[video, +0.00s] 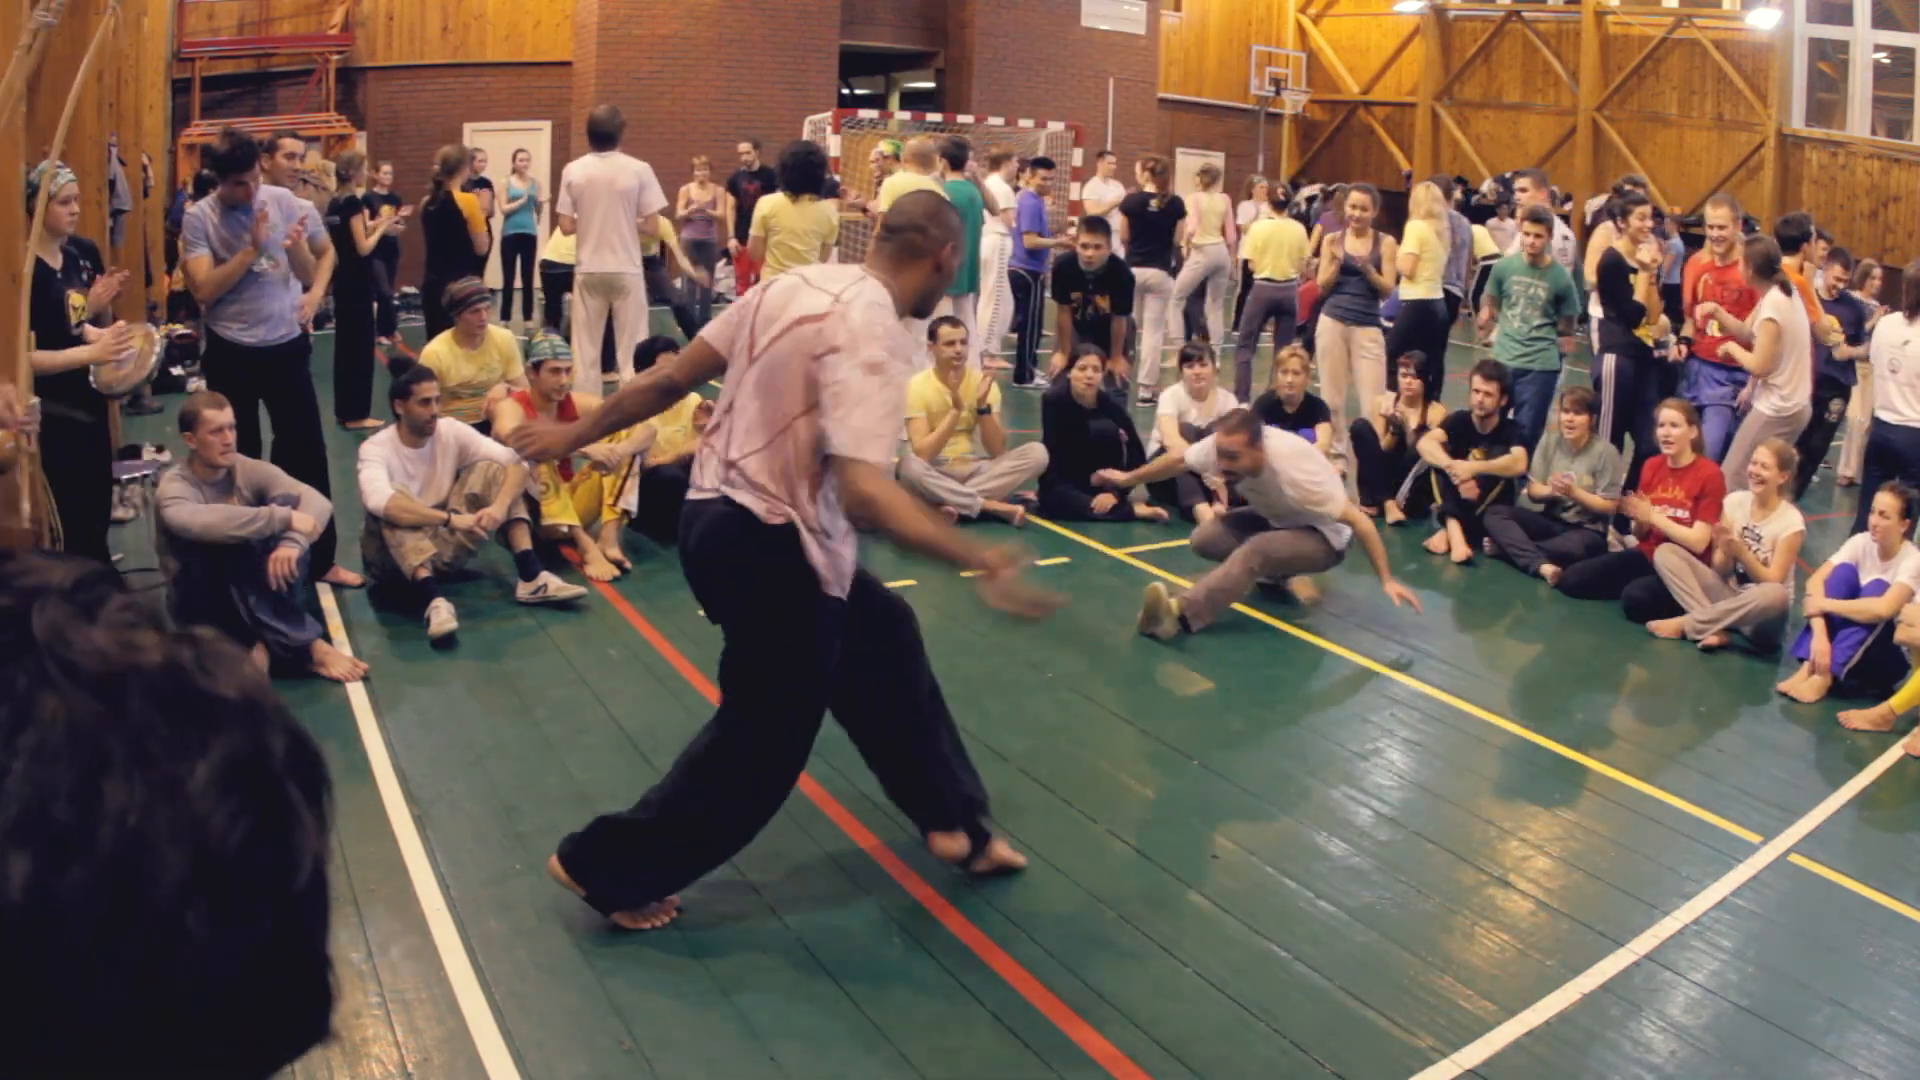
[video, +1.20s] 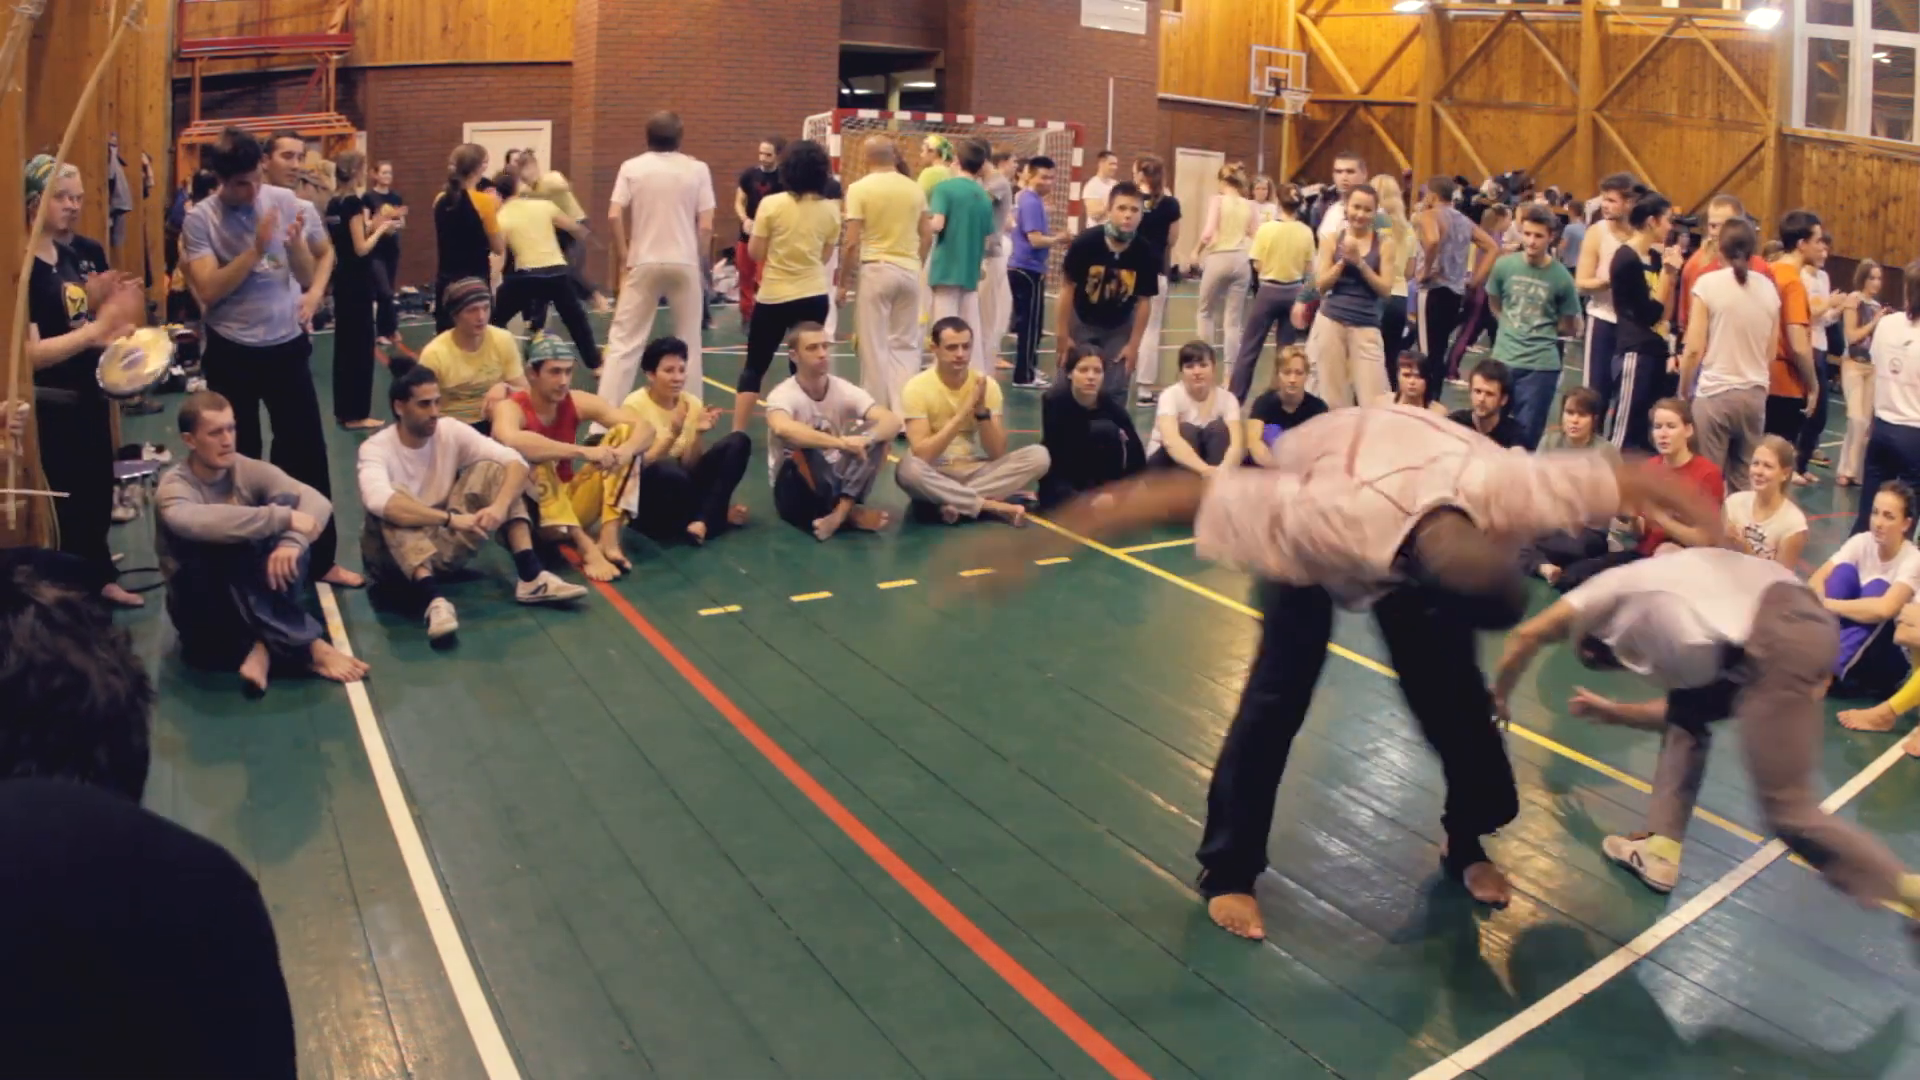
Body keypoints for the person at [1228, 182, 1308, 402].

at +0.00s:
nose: (1267, 205)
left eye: (1267, 202)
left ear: (1269, 204)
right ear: (1289, 204)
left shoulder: (1259, 227)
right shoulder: (1299, 229)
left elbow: (1249, 260)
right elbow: (1304, 259)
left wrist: (1263, 272)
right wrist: (1293, 274)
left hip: (1263, 284)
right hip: (1290, 284)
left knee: (1246, 344)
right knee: (1284, 347)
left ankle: (1242, 397)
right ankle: (1282, 399)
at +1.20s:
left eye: (1278, 202)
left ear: (1278, 203)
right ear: (1299, 205)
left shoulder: (1267, 229)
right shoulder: (1306, 232)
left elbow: (1255, 259)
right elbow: (1309, 263)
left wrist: (1264, 278)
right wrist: (1300, 280)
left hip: (1268, 286)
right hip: (1294, 287)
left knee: (1251, 344)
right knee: (1287, 346)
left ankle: (1236, 396)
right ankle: (1285, 398)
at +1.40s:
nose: (1309, 169)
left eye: (1316, 163)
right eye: (1303, 163)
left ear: (1330, 166)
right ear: (1297, 168)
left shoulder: (1338, 201)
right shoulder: (1298, 199)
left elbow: (1345, 248)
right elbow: (1285, 246)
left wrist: (1332, 289)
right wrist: (1263, 286)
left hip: (1318, 293)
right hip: (1292, 292)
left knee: (1316, 364)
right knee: (1287, 359)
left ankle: (1319, 423)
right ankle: (1283, 419)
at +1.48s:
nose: (1298, 168)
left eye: (1304, 162)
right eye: (1292, 162)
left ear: (1317, 165)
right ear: (1286, 167)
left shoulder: (1328, 202)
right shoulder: (1286, 199)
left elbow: (1337, 250)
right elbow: (1271, 246)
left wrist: (1330, 289)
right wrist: (1249, 282)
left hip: (1309, 288)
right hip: (1282, 287)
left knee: (1302, 358)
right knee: (1280, 356)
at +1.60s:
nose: (1282, 166)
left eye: (1288, 161)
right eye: (1277, 161)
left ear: (1300, 163)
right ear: (1270, 166)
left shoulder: (1311, 200)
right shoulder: (1270, 198)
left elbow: (1327, 251)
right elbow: (1253, 242)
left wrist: (1319, 297)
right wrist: (1230, 276)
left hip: (1293, 287)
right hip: (1268, 285)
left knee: (1265, 355)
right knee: (1266, 355)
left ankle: (1267, 417)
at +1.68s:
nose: (1272, 166)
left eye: (1278, 160)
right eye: (1266, 161)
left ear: (1291, 164)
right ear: (1260, 166)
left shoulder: (1302, 201)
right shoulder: (1258, 198)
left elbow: (1316, 251)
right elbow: (1242, 241)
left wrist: (1306, 296)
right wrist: (1217, 275)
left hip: (1282, 287)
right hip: (1259, 286)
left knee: (1250, 357)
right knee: (1274, 357)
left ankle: (1250, 427)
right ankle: (1275, 425)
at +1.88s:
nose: (1243, 166)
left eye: (1249, 161)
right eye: (1238, 161)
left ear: (1263, 164)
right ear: (1232, 166)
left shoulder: (1273, 201)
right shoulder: (1233, 198)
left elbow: (1290, 253)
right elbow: (1218, 245)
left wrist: (1277, 298)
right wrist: (1188, 270)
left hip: (1255, 288)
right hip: (1230, 287)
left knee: (1224, 352)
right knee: (1258, 357)